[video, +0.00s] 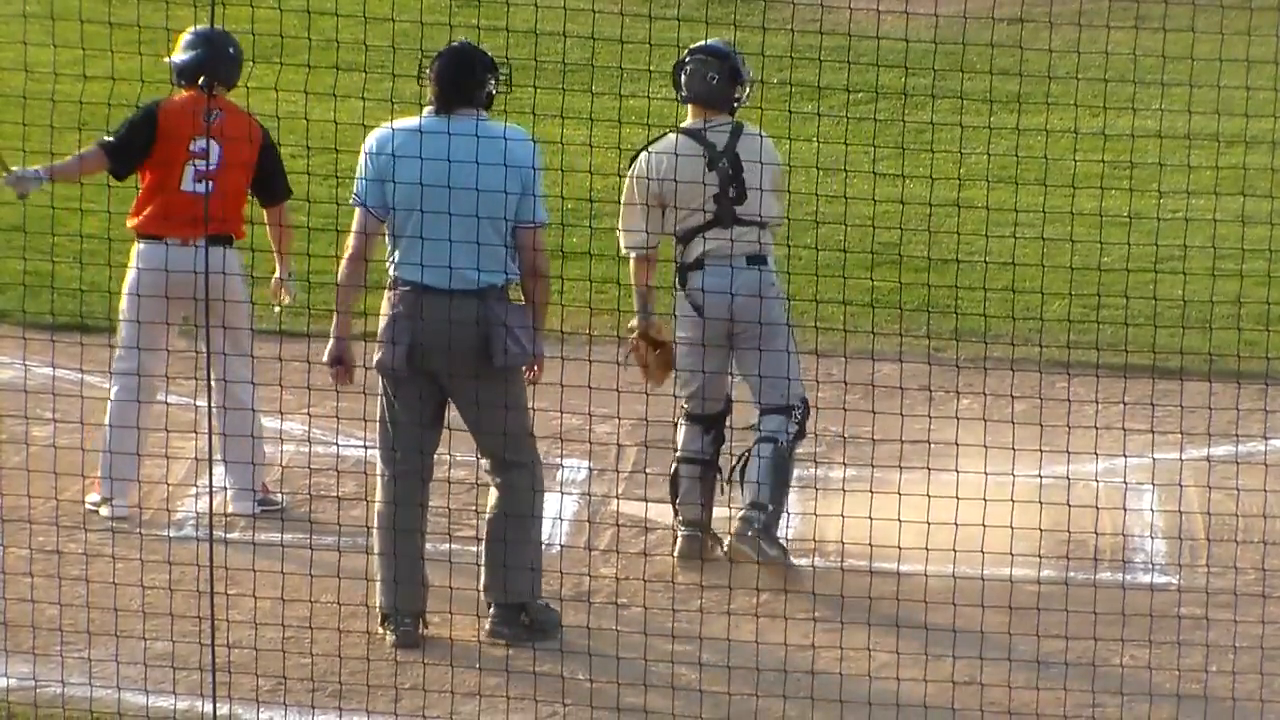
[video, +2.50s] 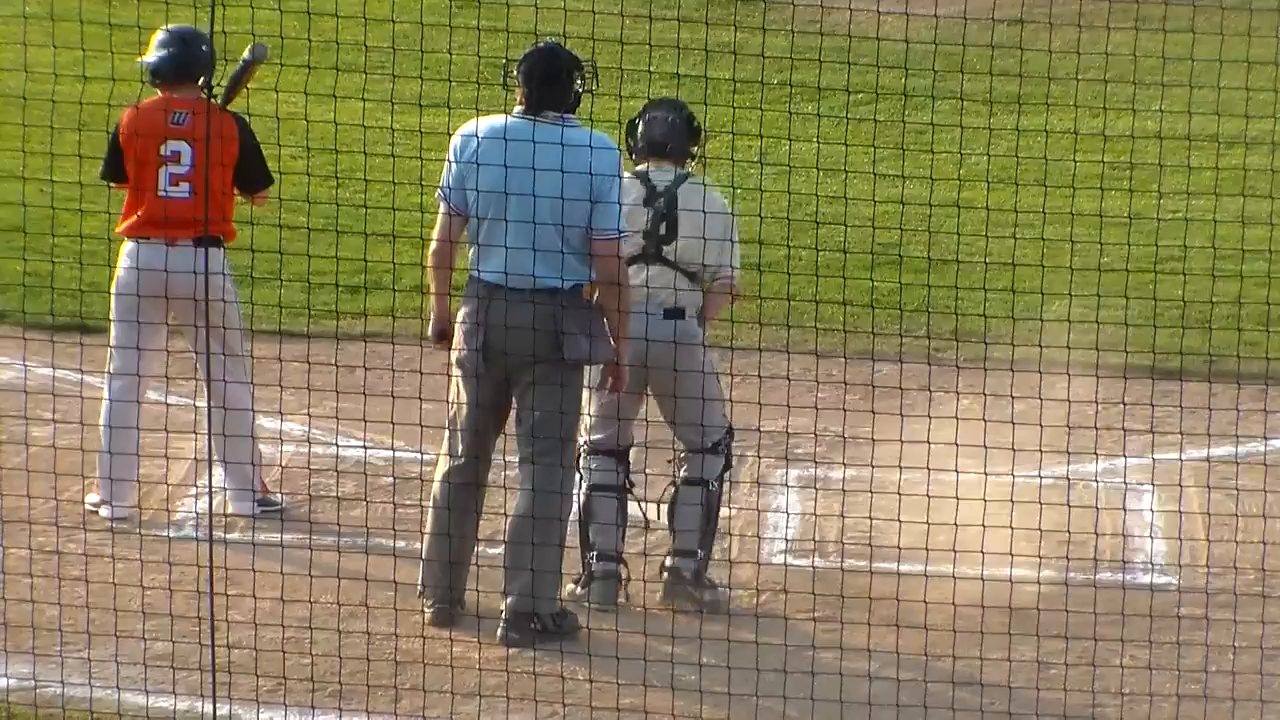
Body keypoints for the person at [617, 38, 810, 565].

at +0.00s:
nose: (739, 94)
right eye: (737, 87)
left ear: (683, 90)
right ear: (735, 92)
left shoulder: (654, 158)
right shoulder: (762, 147)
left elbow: (640, 249)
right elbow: (769, 221)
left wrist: (643, 318)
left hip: (696, 291)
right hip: (758, 286)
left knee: (701, 410)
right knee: (780, 409)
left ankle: (691, 526)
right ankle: (757, 523)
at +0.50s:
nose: (770, 108)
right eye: (771, 101)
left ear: (716, 102)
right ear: (769, 108)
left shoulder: (681, 159)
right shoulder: (784, 171)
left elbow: (644, 243)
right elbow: (818, 254)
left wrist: (627, 315)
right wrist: (842, 228)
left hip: (696, 306)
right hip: (757, 310)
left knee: (693, 423)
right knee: (740, 434)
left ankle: (684, 539)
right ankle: (714, 554)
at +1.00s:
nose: (775, 116)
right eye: (774, 109)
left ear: (719, 105)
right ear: (771, 114)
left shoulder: (674, 159)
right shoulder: (779, 169)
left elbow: (640, 250)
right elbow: (812, 217)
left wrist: (632, 326)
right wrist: (796, 143)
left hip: (682, 306)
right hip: (744, 311)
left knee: (666, 422)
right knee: (727, 437)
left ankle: (635, 542)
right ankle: (713, 563)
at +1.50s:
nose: (718, 125)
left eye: (714, 118)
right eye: (717, 117)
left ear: (656, 112)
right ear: (710, 120)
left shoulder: (615, 165)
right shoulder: (722, 172)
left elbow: (593, 249)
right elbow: (737, 233)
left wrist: (591, 330)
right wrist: (716, 167)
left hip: (629, 315)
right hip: (692, 318)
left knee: (632, 441)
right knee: (708, 440)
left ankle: (627, 567)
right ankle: (716, 563)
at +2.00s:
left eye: (657, 106)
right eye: (707, 110)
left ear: (655, 110)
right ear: (711, 114)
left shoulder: (626, 167)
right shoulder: (732, 176)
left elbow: (611, 249)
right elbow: (743, 254)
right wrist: (688, 237)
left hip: (639, 319)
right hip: (702, 322)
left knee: (630, 442)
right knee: (700, 446)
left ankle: (623, 571)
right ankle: (697, 576)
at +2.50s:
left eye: (632, 143)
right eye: (690, 144)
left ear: (634, 145)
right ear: (690, 148)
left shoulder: (607, 189)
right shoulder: (709, 200)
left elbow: (586, 269)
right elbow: (724, 283)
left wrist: (597, 318)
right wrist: (690, 331)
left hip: (616, 329)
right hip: (677, 334)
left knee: (606, 445)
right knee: (709, 443)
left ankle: (602, 569)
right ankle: (686, 570)